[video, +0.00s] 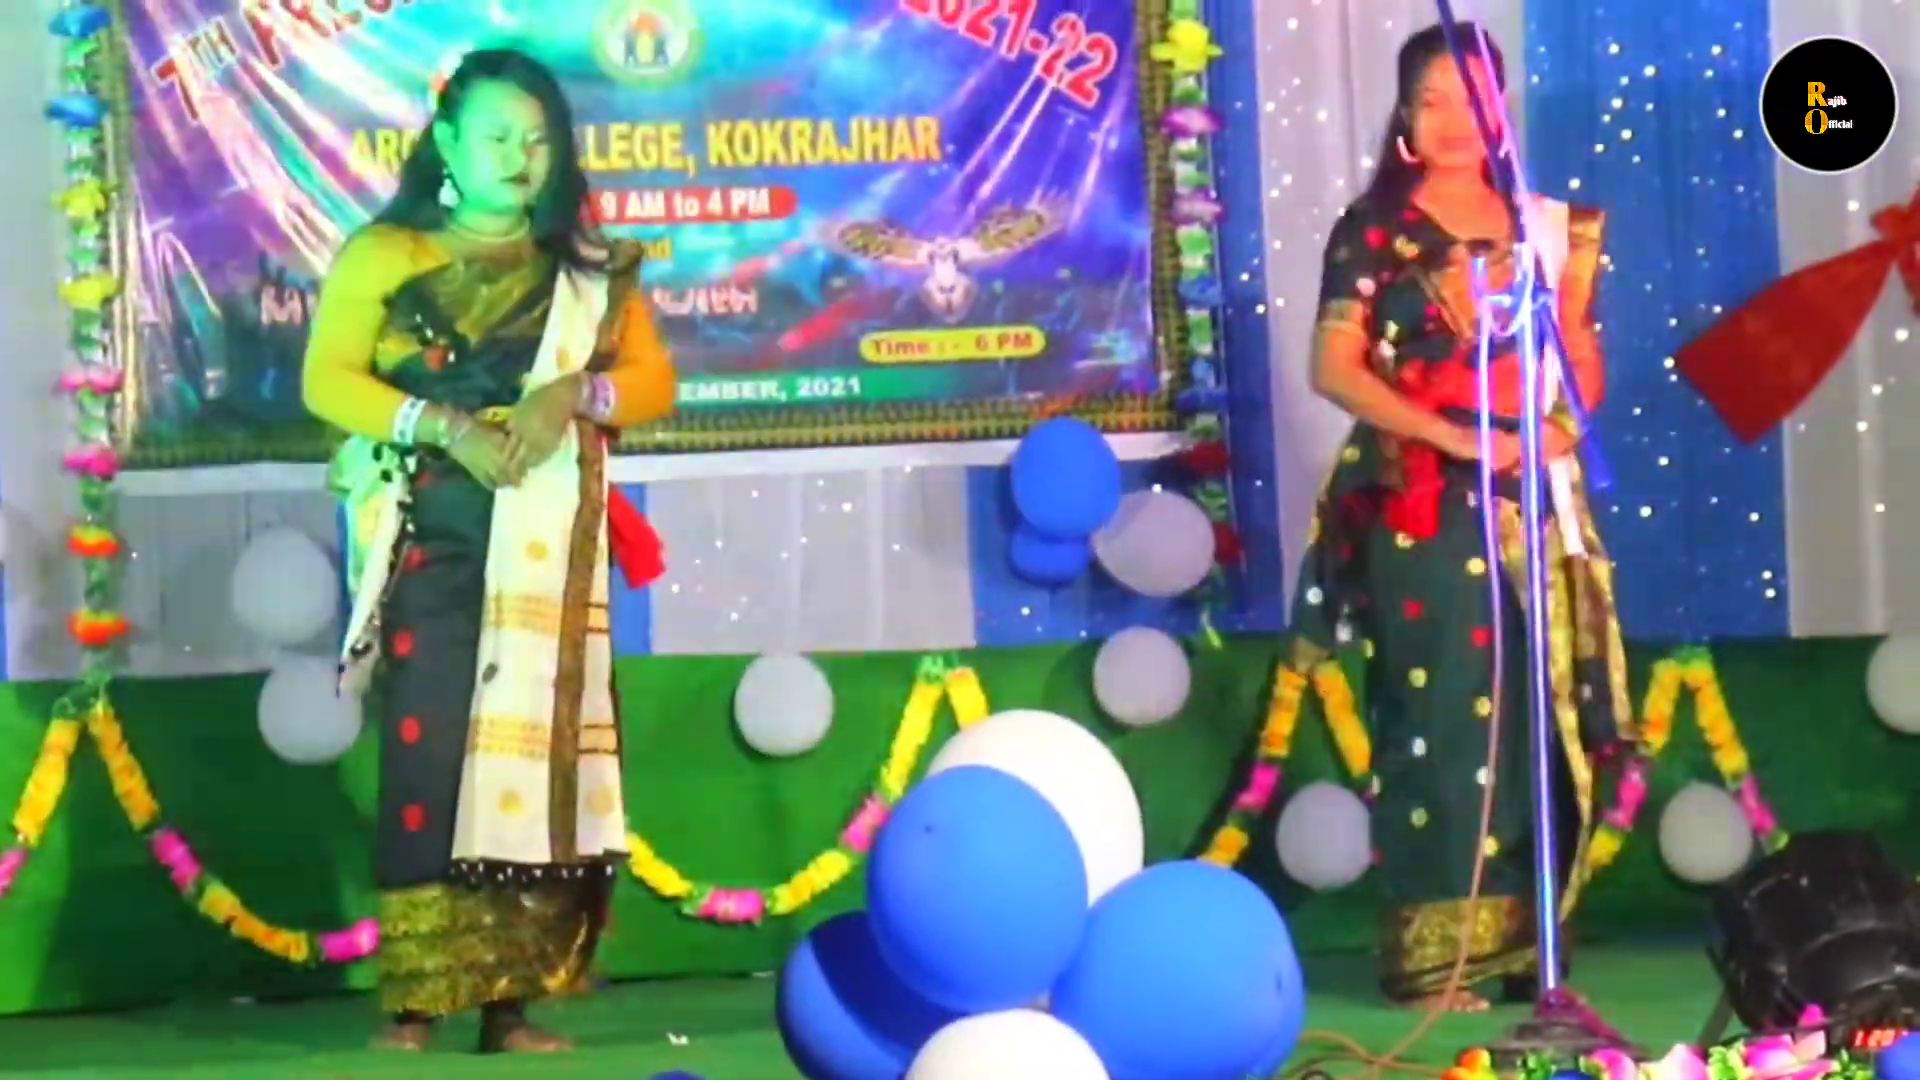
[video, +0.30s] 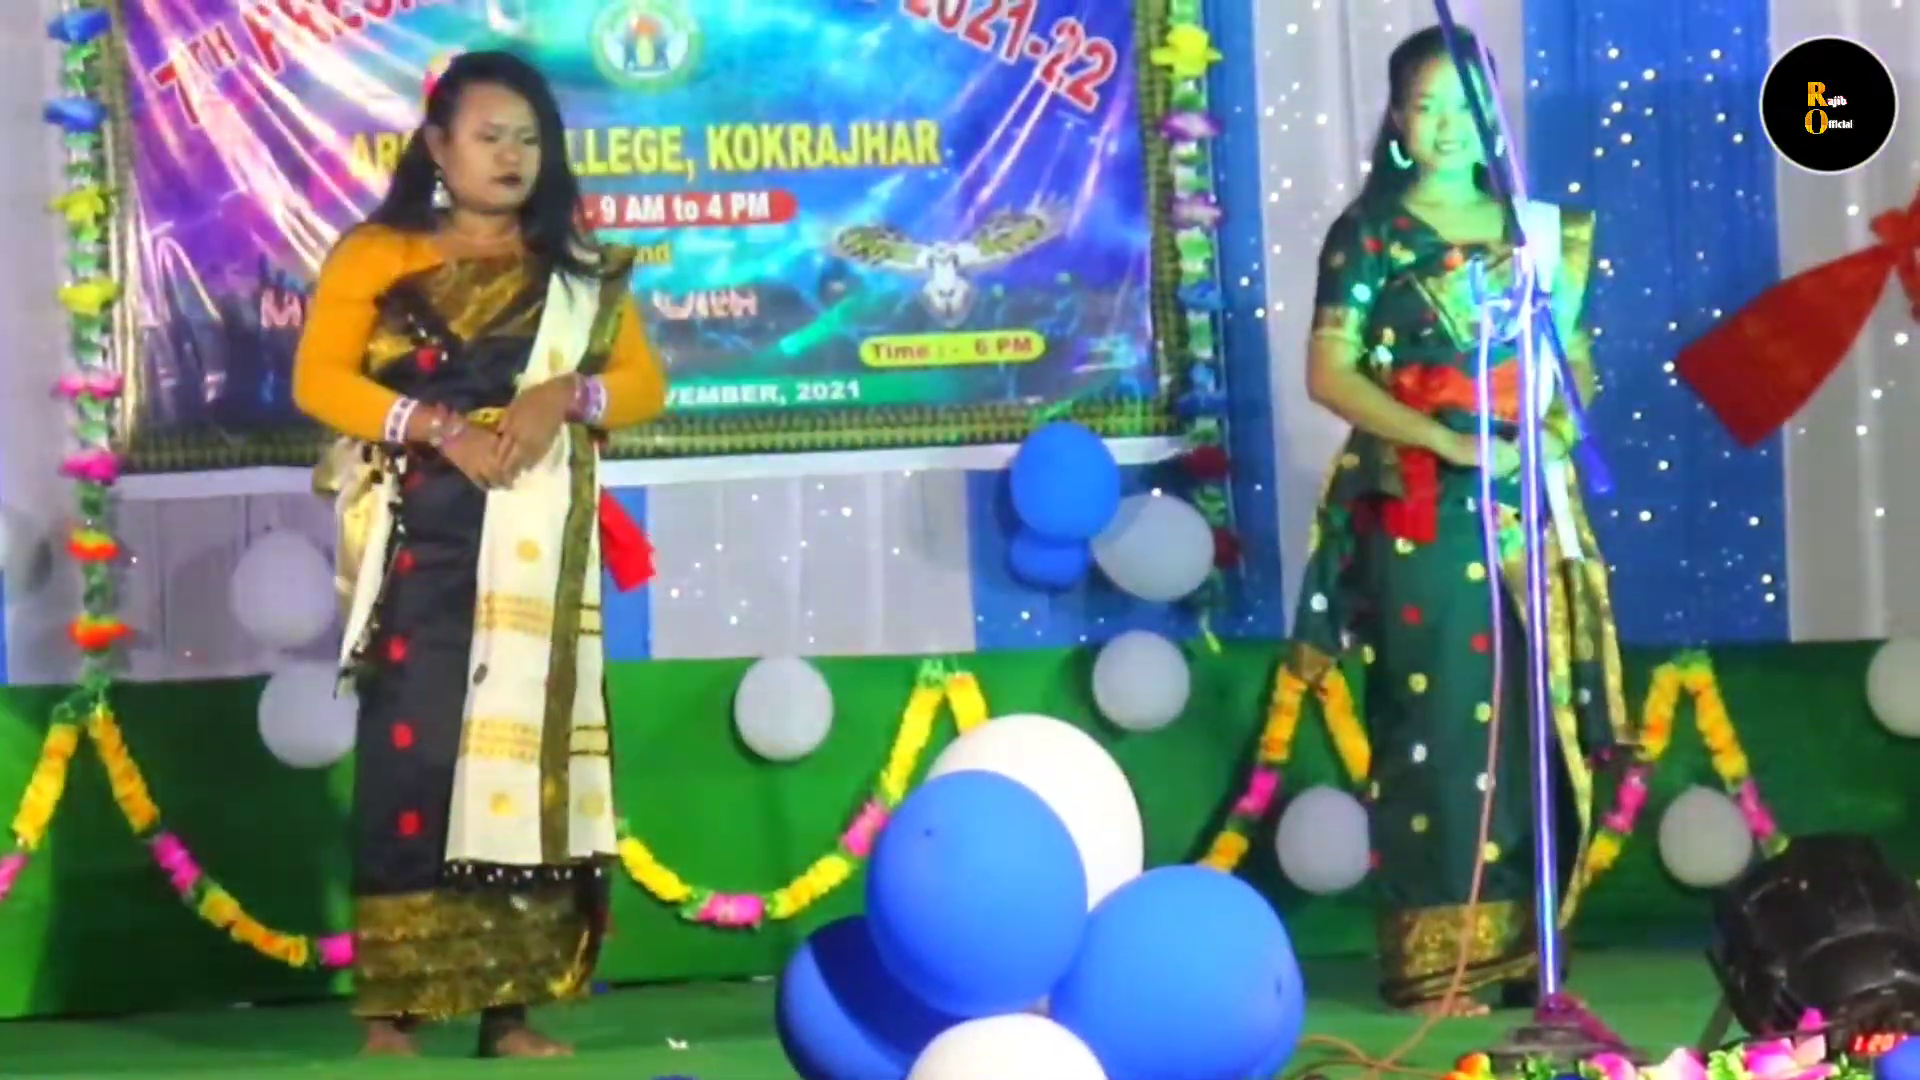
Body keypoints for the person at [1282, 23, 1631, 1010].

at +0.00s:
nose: (1443, 122)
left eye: (1461, 105)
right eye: (1426, 105)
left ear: (1494, 113)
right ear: (1404, 117)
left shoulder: (1548, 227)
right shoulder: (1372, 230)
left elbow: (1584, 389)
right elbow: (1334, 369)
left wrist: (1571, 304)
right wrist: (1456, 436)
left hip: (1535, 504)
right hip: (1424, 507)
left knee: (1541, 716)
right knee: (1440, 718)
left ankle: (1530, 951)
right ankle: (1434, 956)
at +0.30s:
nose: (1432, 125)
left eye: (1451, 108)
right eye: (1416, 107)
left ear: (1485, 116)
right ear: (1395, 118)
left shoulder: (1533, 227)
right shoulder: (1368, 233)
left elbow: (1565, 365)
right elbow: (1328, 375)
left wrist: (1563, 297)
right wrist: (1442, 438)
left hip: (1531, 503)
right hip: (1423, 511)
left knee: (1537, 718)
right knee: (1436, 721)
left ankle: (1525, 950)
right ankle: (1432, 956)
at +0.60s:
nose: (1450, 125)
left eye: (1466, 107)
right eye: (1429, 108)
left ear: (1492, 116)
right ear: (1399, 120)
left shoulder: (1530, 228)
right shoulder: (1372, 232)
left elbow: (1573, 386)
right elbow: (1331, 372)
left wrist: (1565, 313)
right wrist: (1465, 438)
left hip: (1534, 506)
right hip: (1429, 514)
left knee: (1544, 726)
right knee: (1444, 728)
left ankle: (1535, 964)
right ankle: (1436, 964)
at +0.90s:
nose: (1457, 121)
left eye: (1472, 102)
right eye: (1436, 105)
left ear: (1496, 111)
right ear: (1405, 119)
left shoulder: (1528, 227)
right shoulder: (1379, 233)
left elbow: (1547, 364)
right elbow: (1340, 379)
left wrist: (1563, 303)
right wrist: (1470, 452)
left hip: (1524, 509)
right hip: (1427, 516)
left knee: (1538, 726)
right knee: (1444, 729)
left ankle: (1526, 960)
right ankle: (1436, 965)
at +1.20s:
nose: (1455, 127)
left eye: (1470, 108)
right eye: (1434, 111)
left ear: (1493, 116)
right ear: (1404, 123)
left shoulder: (1528, 229)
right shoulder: (1376, 234)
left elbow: (1558, 362)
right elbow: (1336, 378)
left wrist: (1555, 431)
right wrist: (1465, 451)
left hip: (1520, 511)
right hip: (1423, 516)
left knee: (1530, 723)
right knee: (1438, 725)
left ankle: (1520, 955)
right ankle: (1434, 961)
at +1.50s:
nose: (1446, 130)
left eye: (1463, 113)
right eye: (1428, 113)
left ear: (1489, 121)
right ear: (1399, 124)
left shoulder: (1527, 230)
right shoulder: (1369, 234)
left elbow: (1562, 366)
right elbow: (1330, 380)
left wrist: (1556, 398)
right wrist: (1452, 447)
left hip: (1523, 512)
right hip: (1419, 518)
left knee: (1532, 726)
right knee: (1436, 729)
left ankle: (1521, 961)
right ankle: (1428, 966)